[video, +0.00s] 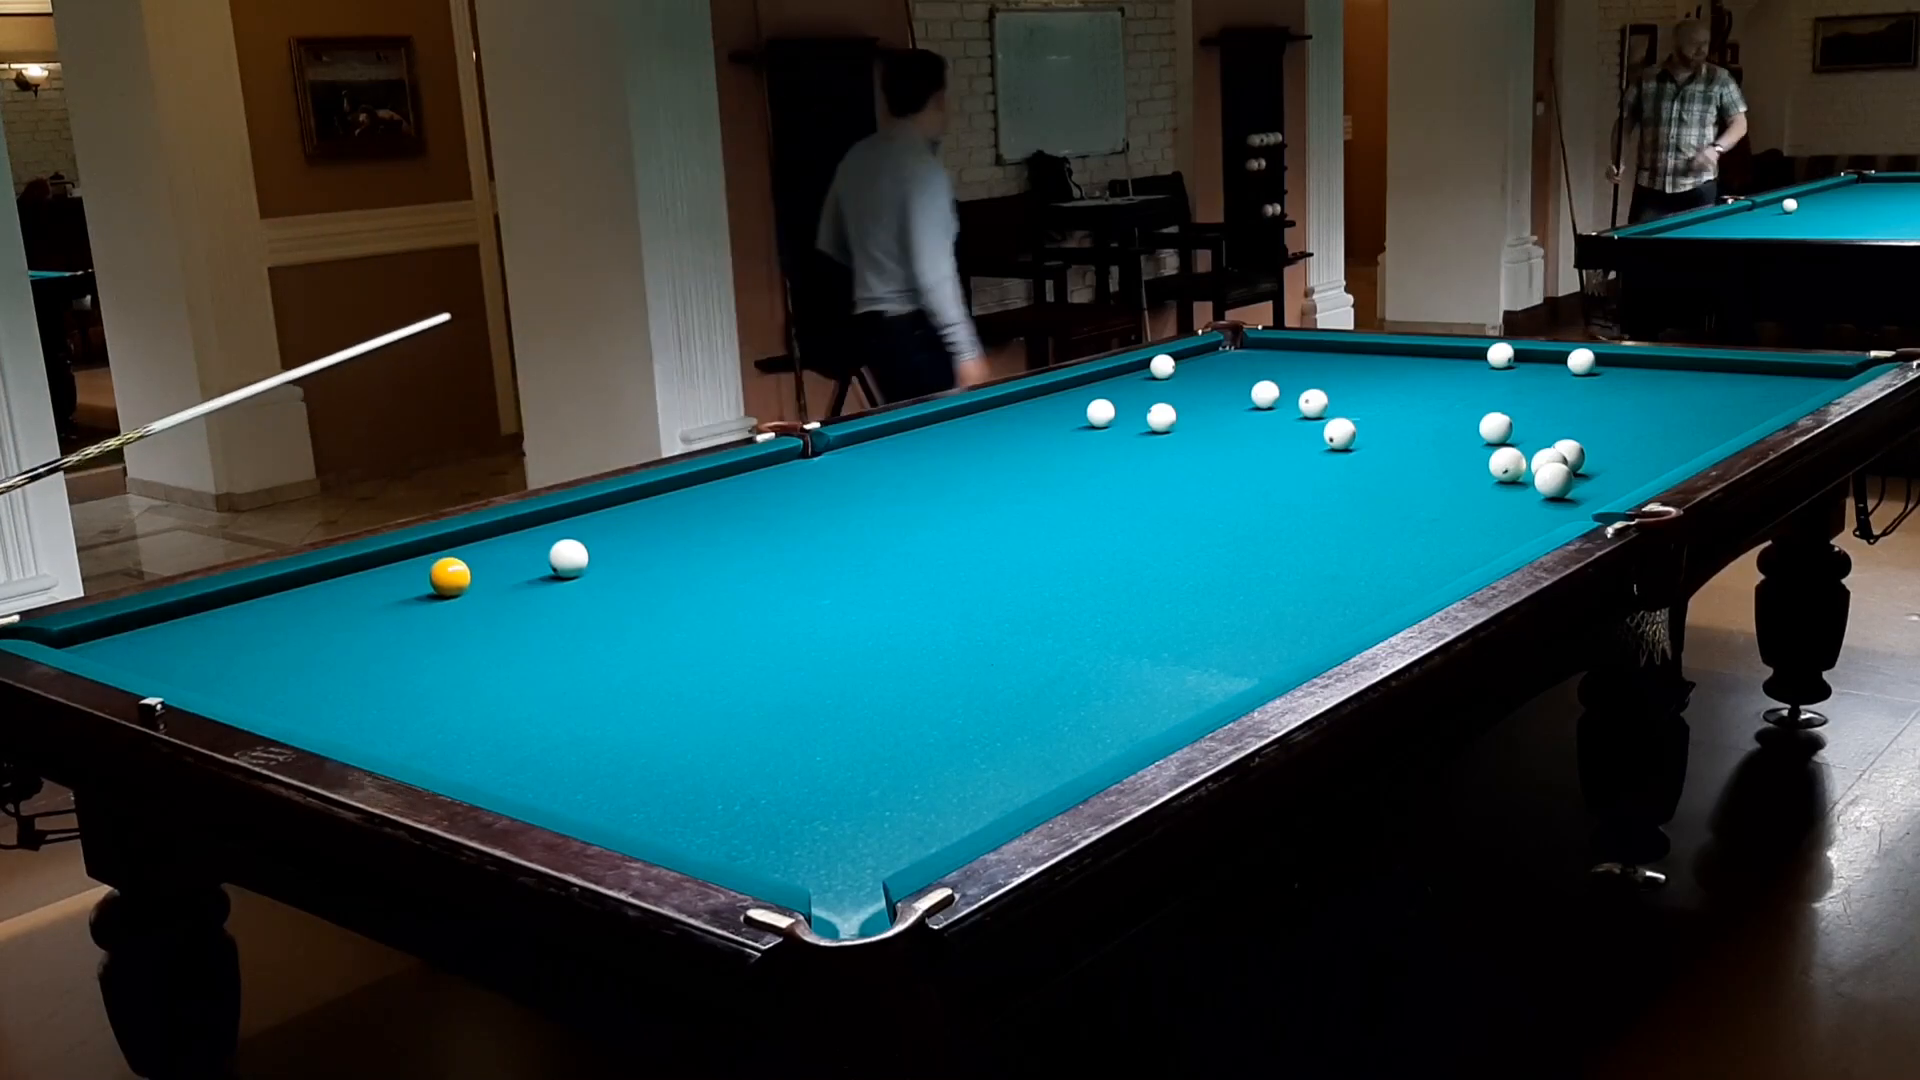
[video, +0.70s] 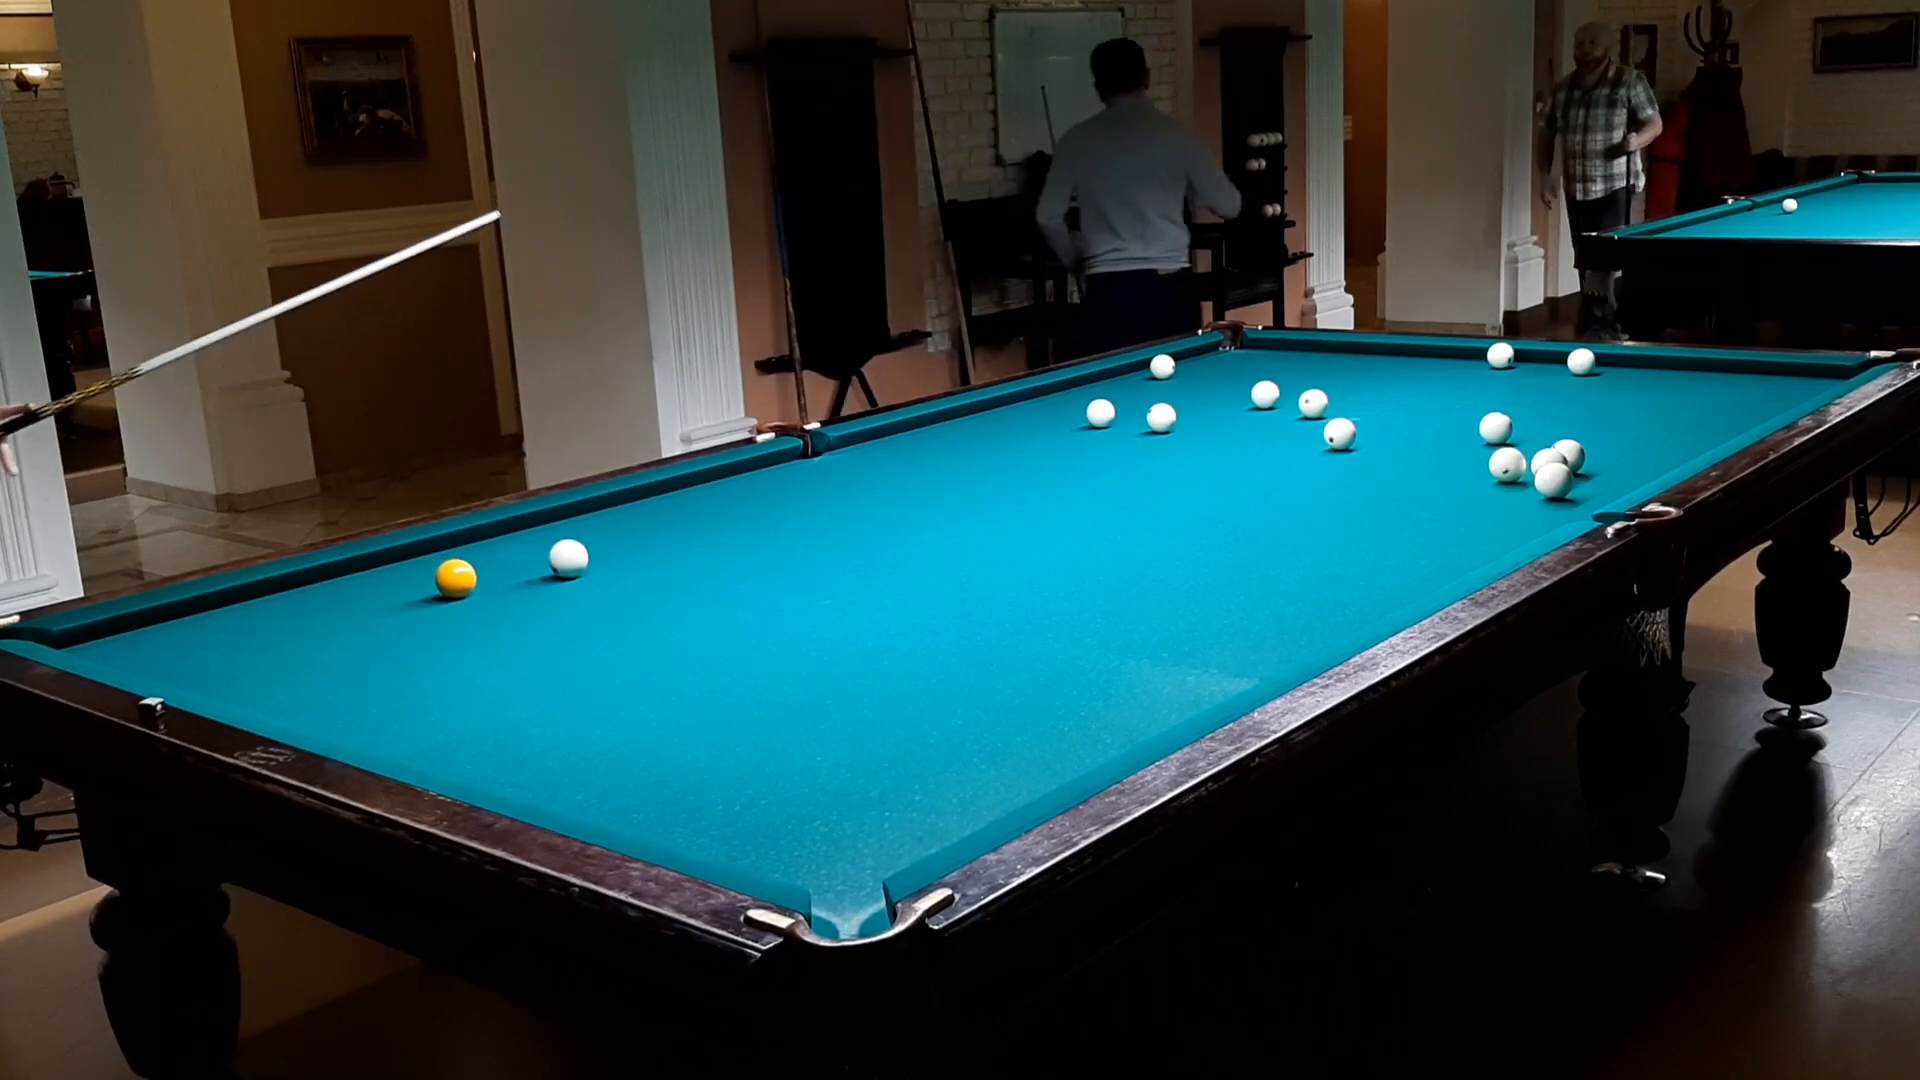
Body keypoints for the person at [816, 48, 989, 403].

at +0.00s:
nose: (947, 107)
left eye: (944, 96)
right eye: (945, 96)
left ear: (891, 97)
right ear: (935, 99)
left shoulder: (857, 160)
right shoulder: (922, 169)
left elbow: (830, 241)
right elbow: (934, 272)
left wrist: (880, 261)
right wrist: (967, 352)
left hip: (870, 326)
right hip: (915, 325)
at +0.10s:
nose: (989, 98)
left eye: (987, 88)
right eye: (987, 87)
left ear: (933, 89)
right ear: (980, 88)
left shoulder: (895, 151)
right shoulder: (969, 153)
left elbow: (867, 232)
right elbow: (1000, 244)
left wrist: (917, 258)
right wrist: (1050, 314)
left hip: (911, 315)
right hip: (962, 313)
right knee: (985, 429)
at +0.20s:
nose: (1023, 98)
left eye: (1020, 87)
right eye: (1021, 87)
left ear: (968, 90)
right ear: (1014, 90)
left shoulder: (932, 153)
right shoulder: (1013, 151)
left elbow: (903, 233)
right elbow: (1060, 229)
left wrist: (955, 252)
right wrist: (1121, 280)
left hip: (952, 309)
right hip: (1002, 309)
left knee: (976, 423)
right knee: (1006, 422)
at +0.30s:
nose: (1054, 98)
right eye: (1052, 90)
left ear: (999, 100)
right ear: (1048, 94)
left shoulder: (969, 160)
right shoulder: (1054, 155)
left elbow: (941, 240)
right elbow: (1108, 224)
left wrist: (989, 261)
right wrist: (1169, 250)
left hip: (990, 314)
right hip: (1043, 312)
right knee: (1049, 425)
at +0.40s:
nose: (1079, 98)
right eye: (1078, 91)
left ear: (1027, 102)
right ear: (1075, 95)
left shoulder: (1005, 159)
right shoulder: (1090, 152)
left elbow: (973, 240)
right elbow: (1147, 223)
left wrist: (1023, 266)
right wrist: (1200, 231)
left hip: (1034, 312)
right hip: (1087, 310)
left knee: (1048, 418)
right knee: (1097, 415)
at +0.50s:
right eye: (1102, 80)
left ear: (1052, 95)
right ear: (1102, 85)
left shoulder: (1030, 151)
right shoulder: (1121, 140)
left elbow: (1001, 230)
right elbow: (1172, 212)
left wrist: (1042, 267)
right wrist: (1215, 221)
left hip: (1060, 302)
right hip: (1121, 301)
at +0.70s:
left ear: (1098, 88)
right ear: (1146, 78)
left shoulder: (1077, 140)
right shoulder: (1175, 134)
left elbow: (1049, 215)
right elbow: (1229, 205)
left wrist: (1077, 264)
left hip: (1105, 286)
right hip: (1171, 284)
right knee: (1175, 394)